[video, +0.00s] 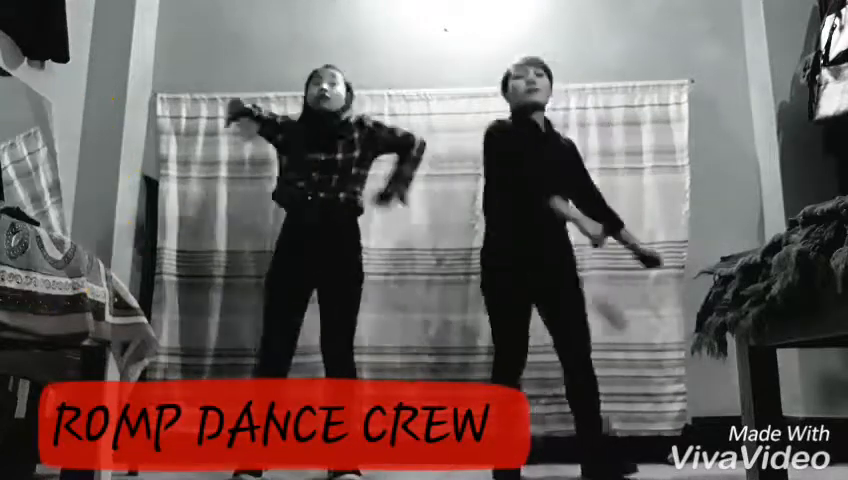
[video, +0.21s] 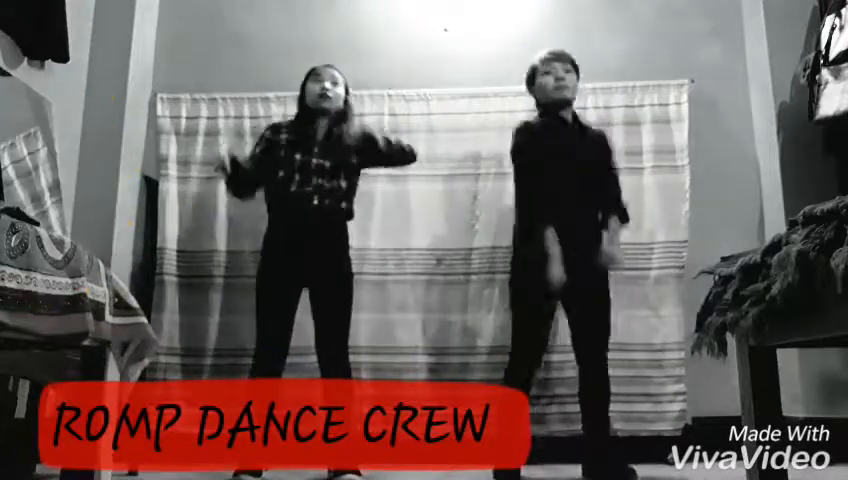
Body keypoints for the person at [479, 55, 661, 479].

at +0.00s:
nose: (530, 80)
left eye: (539, 75)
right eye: (519, 76)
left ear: (551, 90)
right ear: (506, 93)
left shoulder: (562, 148)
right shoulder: (500, 135)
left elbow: (591, 198)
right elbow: (525, 189)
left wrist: (634, 245)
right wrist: (576, 218)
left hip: (553, 262)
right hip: (505, 264)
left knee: (576, 356)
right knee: (509, 360)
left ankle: (595, 456)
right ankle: (500, 459)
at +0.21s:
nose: (558, 79)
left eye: (566, 73)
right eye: (547, 74)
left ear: (578, 85)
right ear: (533, 88)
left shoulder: (594, 139)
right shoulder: (529, 135)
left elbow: (610, 195)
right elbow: (534, 200)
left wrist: (611, 235)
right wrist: (552, 254)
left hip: (584, 256)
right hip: (536, 257)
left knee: (593, 358)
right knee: (525, 359)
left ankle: (599, 456)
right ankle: (503, 456)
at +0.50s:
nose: (544, 84)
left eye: (554, 79)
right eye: (534, 79)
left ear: (567, 93)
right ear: (521, 95)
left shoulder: (587, 136)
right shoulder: (510, 156)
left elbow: (599, 201)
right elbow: (500, 221)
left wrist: (584, 256)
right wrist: (497, 278)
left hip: (587, 260)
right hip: (535, 264)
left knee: (601, 360)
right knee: (515, 361)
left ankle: (600, 459)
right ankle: (486, 456)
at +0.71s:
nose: (520, 83)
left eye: (529, 78)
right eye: (511, 76)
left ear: (539, 91)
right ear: (494, 88)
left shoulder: (545, 149)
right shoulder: (478, 143)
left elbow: (573, 201)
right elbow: (440, 196)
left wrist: (614, 246)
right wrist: (432, 257)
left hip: (534, 274)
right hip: (489, 274)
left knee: (571, 352)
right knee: (501, 358)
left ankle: (587, 453)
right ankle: (476, 452)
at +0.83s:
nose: (545, 85)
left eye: (548, 81)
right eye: (536, 77)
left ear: (544, 90)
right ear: (508, 82)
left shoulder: (529, 131)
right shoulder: (501, 126)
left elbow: (528, 198)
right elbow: (497, 170)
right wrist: (509, 189)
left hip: (523, 263)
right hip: (500, 263)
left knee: (548, 357)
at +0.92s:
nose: (558, 87)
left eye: (560, 81)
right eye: (549, 78)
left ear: (553, 91)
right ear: (521, 83)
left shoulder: (536, 130)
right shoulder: (515, 127)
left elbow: (542, 188)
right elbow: (546, 177)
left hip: (526, 260)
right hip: (506, 260)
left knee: (552, 357)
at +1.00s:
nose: (571, 85)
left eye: (571, 79)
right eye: (562, 77)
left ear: (540, 90)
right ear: (536, 84)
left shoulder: (525, 131)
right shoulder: (541, 129)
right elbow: (566, 193)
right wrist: (611, 240)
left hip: (508, 260)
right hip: (536, 262)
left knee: (512, 353)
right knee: (573, 350)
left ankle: (482, 448)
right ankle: (583, 453)